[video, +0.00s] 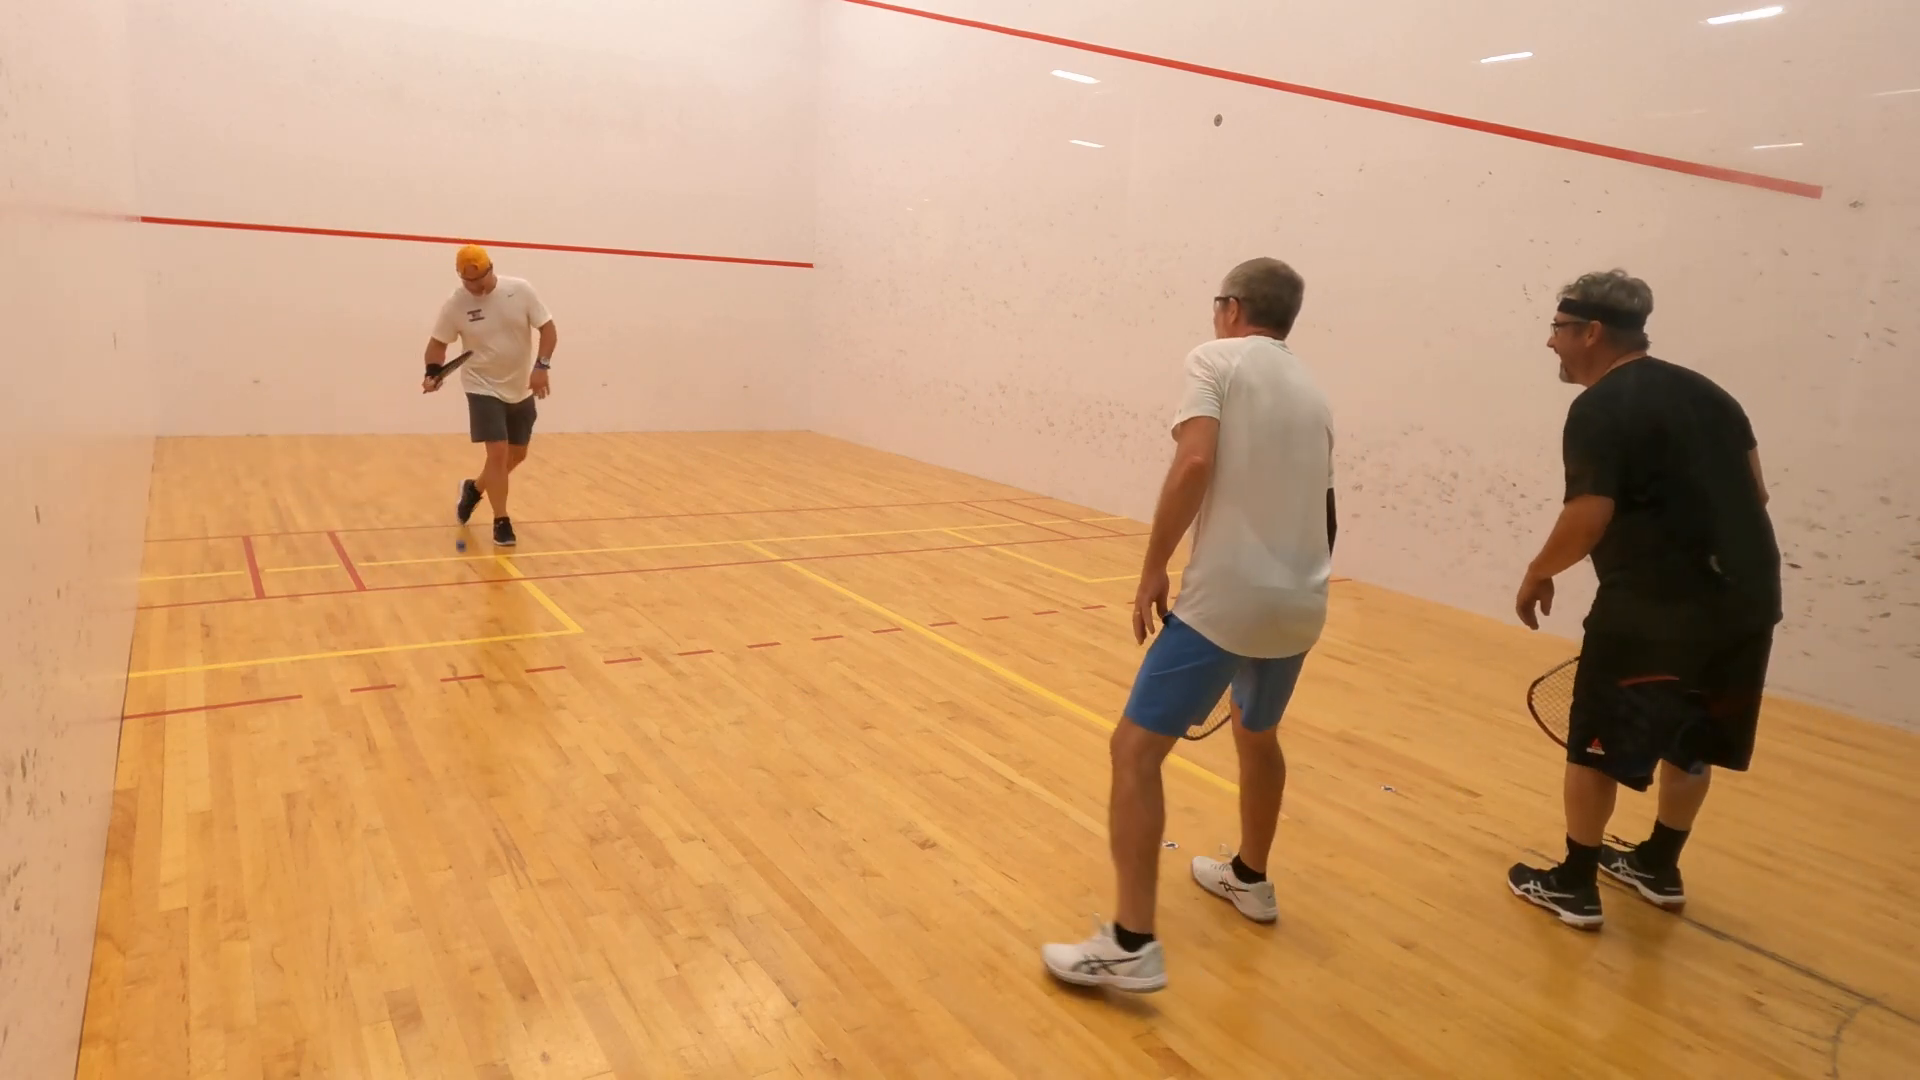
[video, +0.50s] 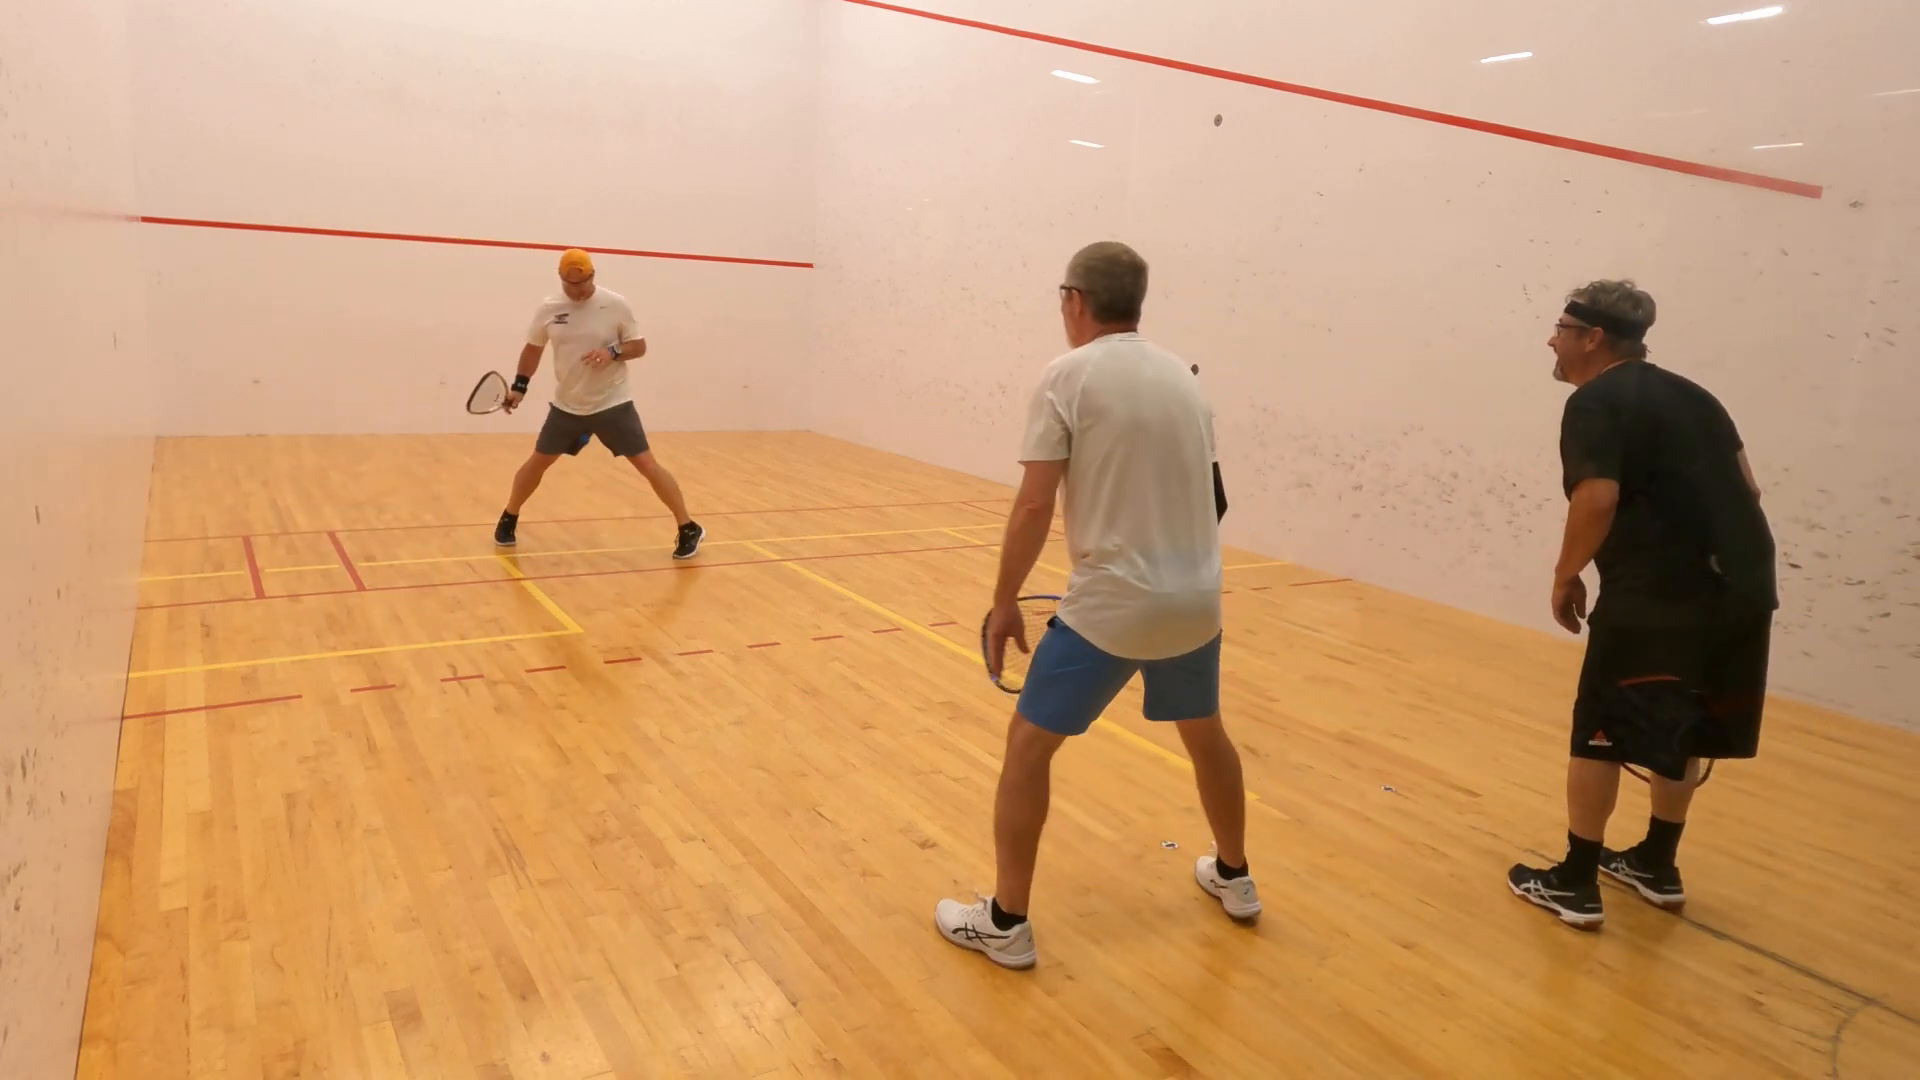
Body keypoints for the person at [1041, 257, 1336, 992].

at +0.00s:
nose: (1214, 321)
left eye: (1218, 309)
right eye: (1219, 310)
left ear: (1233, 311)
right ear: (1284, 322)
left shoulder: (1216, 360)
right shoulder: (1312, 392)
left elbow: (1195, 462)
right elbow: (1323, 521)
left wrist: (1155, 567)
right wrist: (1289, 604)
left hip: (1226, 597)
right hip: (1301, 605)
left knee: (1136, 747)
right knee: (1257, 730)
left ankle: (1132, 942)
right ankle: (1251, 877)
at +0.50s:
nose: (1062, 312)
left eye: (1063, 300)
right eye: (1065, 300)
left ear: (1077, 304)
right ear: (1136, 306)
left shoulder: (1067, 379)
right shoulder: (1183, 379)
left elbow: (1034, 506)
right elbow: (1211, 500)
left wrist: (1005, 599)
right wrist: (1154, 564)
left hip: (1110, 608)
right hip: (1196, 605)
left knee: (1029, 746)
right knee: (1206, 731)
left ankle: (1007, 920)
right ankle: (1235, 874)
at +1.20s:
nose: (1122, 285)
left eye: (1125, 274)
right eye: (1129, 273)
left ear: (1136, 280)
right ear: (1196, 287)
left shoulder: (1111, 358)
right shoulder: (1221, 371)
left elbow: (1051, 472)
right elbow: (1230, 486)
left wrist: (1006, 422)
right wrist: (1130, 470)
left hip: (1109, 599)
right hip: (1190, 598)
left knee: (1051, 747)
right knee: (1201, 730)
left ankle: (1009, 916)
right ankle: (1217, 876)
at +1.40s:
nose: (1122, 285)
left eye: (1125, 274)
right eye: (1130, 274)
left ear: (1136, 281)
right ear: (1196, 288)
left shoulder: (1107, 357)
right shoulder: (1220, 373)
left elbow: (1047, 470)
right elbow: (1233, 490)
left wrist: (1010, 414)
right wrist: (1146, 479)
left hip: (1098, 597)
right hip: (1182, 599)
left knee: (1047, 748)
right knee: (1197, 732)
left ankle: (1009, 917)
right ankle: (1216, 877)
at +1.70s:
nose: (1118, 287)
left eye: (1120, 276)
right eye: (1123, 275)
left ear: (1131, 281)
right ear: (1192, 287)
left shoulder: (1102, 357)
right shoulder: (1217, 373)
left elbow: (1047, 470)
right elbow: (1238, 488)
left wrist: (1007, 428)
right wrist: (1152, 494)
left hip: (1093, 594)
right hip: (1177, 598)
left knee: (1043, 745)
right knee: (1192, 729)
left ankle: (1009, 917)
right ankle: (1215, 877)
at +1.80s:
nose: (1119, 286)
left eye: (1122, 275)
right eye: (1125, 274)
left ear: (1135, 281)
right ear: (1194, 287)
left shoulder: (1104, 357)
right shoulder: (1220, 374)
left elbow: (1048, 472)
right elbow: (1239, 490)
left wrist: (1007, 436)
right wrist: (1155, 496)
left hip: (1094, 594)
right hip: (1177, 600)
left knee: (1043, 746)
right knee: (1191, 731)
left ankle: (1009, 917)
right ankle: (1215, 876)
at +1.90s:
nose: (1125, 289)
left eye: (1129, 278)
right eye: (1131, 277)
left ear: (1142, 284)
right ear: (1199, 292)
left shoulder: (1108, 359)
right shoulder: (1225, 378)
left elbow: (1051, 476)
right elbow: (1245, 495)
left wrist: (1018, 456)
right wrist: (1167, 510)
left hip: (1097, 595)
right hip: (1181, 600)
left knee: (1043, 746)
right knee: (1189, 730)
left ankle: (1008, 917)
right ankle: (1215, 876)